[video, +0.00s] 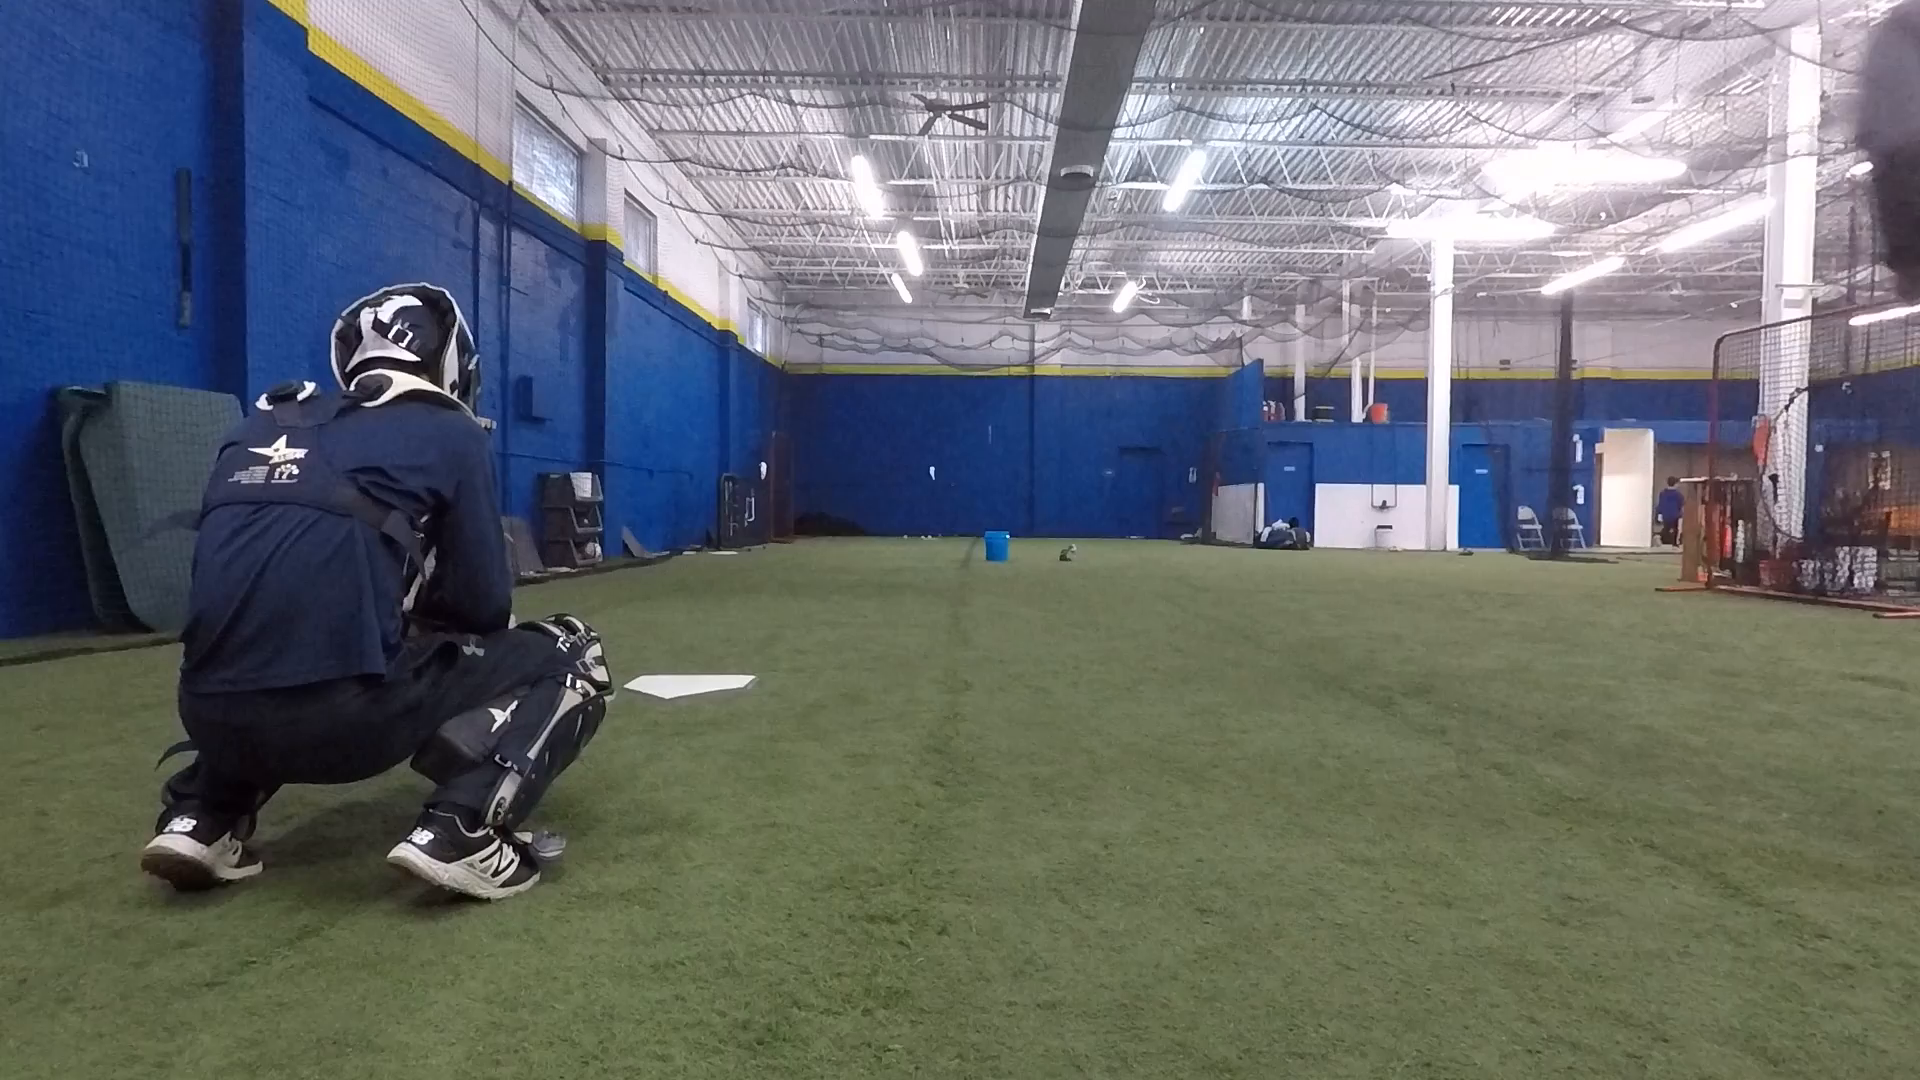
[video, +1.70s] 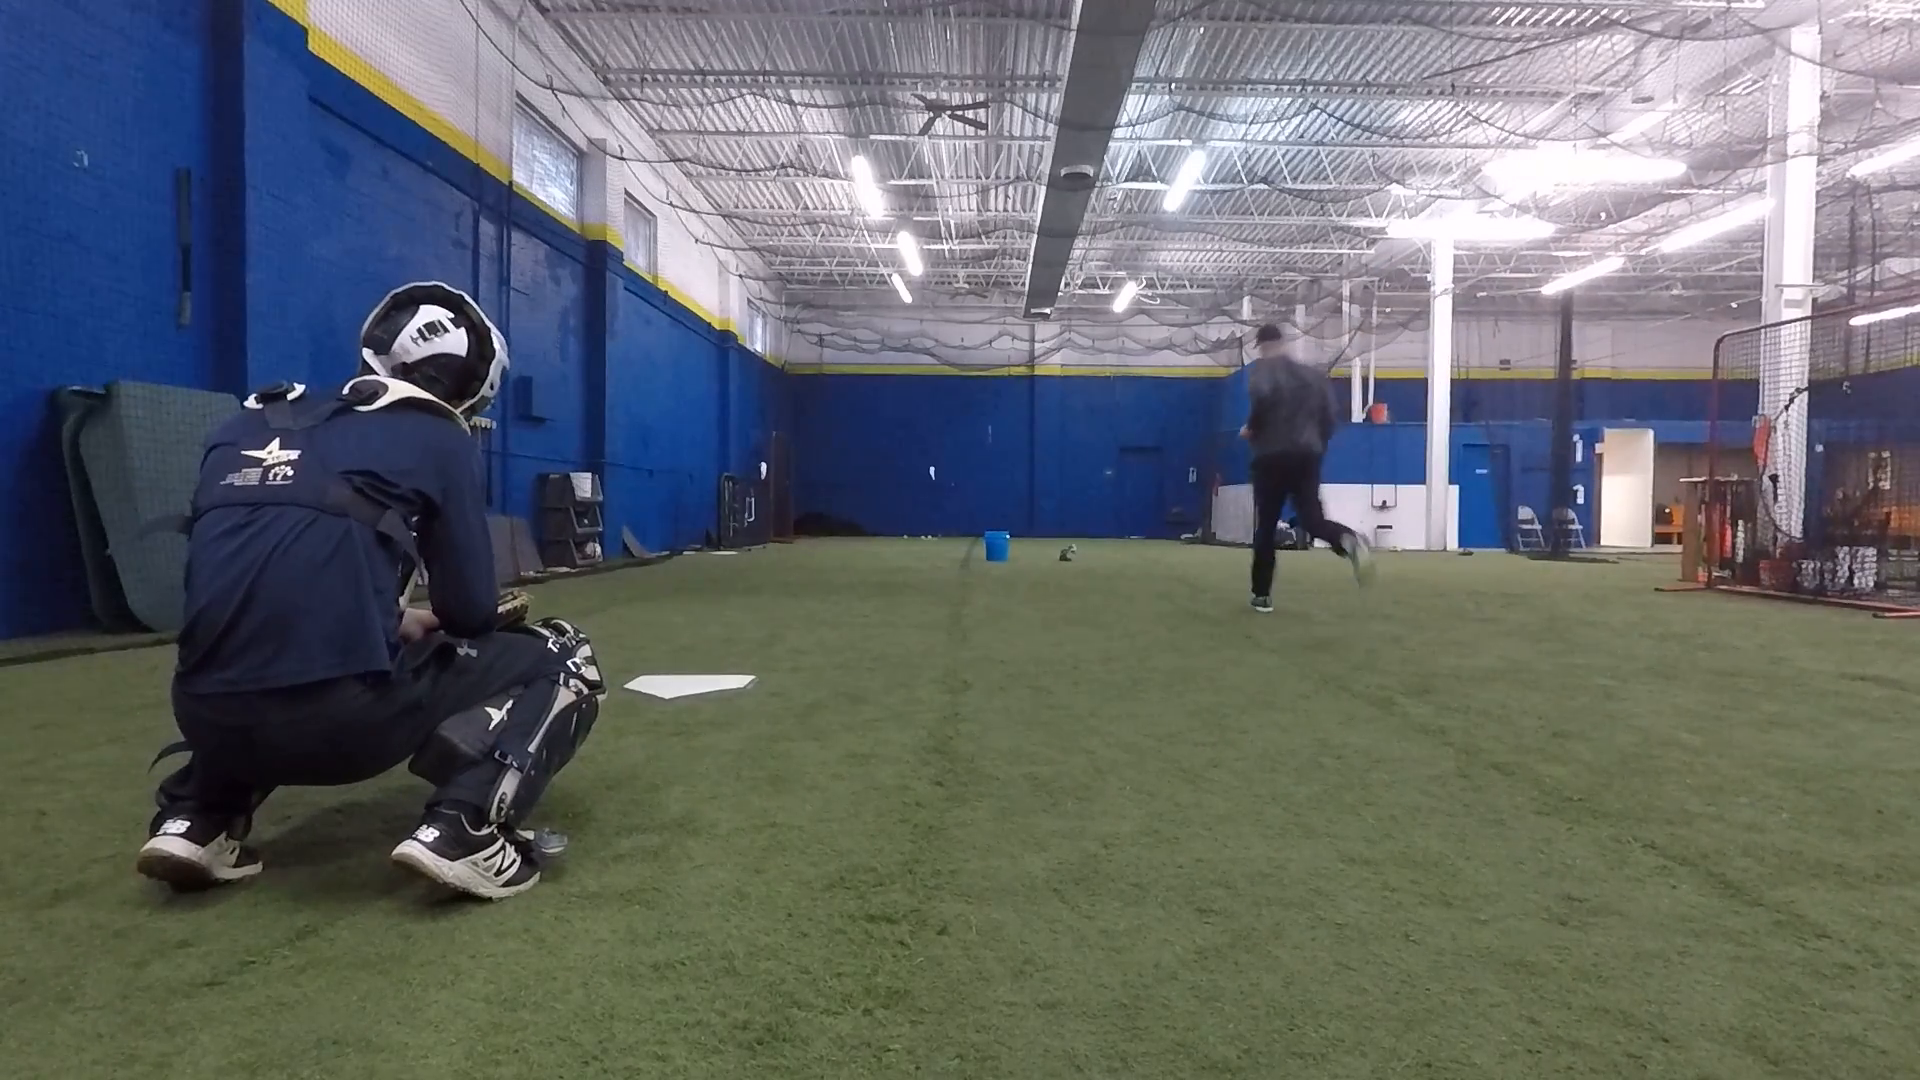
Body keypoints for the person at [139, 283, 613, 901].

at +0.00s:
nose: (466, 373)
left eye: (464, 359)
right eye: (462, 357)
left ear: (347, 360)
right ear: (448, 361)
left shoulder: (261, 423)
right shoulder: (452, 432)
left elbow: (239, 572)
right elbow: (483, 606)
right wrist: (407, 593)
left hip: (220, 719)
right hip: (351, 720)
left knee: (278, 618)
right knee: (573, 653)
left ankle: (203, 817)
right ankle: (461, 828)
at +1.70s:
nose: (475, 411)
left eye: (481, 396)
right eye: (476, 394)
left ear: (372, 358)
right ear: (460, 385)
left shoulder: (244, 423)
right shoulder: (440, 437)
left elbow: (243, 580)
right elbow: (471, 612)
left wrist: (396, 620)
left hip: (215, 719)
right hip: (344, 720)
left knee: (275, 623)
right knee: (565, 657)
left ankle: (196, 818)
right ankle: (464, 826)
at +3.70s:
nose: (460, 363)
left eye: (456, 348)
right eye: (453, 347)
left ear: (334, 357)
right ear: (433, 346)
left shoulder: (263, 428)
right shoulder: (449, 439)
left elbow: (263, 589)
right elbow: (470, 616)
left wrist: (401, 625)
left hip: (215, 722)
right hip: (342, 725)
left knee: (280, 630)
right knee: (564, 656)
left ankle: (196, 816)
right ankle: (466, 826)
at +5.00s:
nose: (473, 373)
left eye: (472, 357)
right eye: (469, 356)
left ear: (353, 355)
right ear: (451, 356)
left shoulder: (276, 428)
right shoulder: (454, 439)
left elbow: (259, 587)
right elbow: (472, 618)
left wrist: (396, 625)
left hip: (219, 720)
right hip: (345, 722)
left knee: (286, 630)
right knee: (564, 658)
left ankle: (195, 815)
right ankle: (465, 825)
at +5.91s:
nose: (479, 352)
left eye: (475, 338)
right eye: (474, 337)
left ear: (361, 340)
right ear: (461, 341)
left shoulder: (285, 408)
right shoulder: (484, 433)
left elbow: (248, 549)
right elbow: (478, 596)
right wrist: (415, 668)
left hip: (236, 687)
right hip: (375, 693)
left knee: (287, 630)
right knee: (561, 664)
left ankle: (193, 827)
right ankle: (463, 825)